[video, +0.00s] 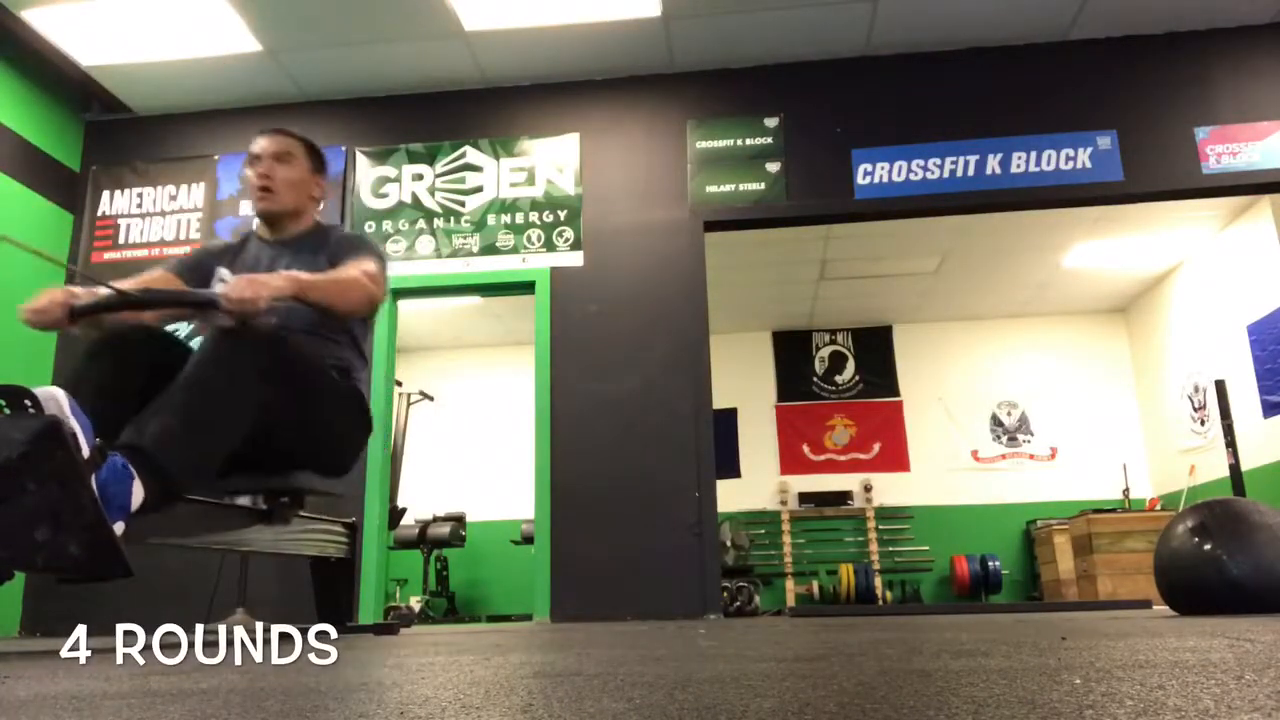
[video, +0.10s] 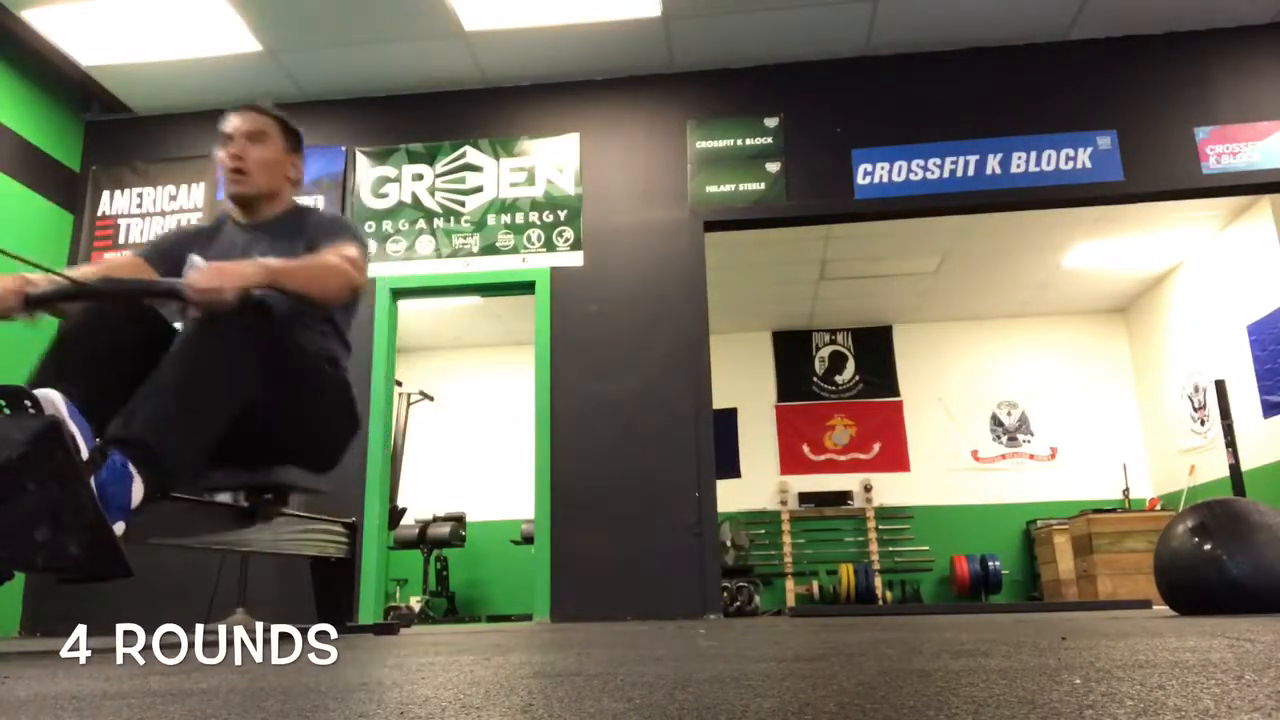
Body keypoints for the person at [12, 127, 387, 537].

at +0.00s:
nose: (261, 172)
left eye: (281, 161)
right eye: (254, 162)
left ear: (318, 188)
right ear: (244, 179)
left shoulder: (346, 246)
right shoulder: (227, 257)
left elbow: (366, 292)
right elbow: (146, 295)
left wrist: (282, 284)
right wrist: (79, 300)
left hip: (325, 420)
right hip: (229, 418)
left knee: (244, 343)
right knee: (129, 341)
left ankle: (124, 486)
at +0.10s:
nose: (234, 151)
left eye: (255, 140)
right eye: (227, 141)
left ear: (294, 168)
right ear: (216, 161)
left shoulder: (323, 229)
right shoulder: (199, 240)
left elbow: (344, 278)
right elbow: (119, 272)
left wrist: (255, 273)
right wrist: (33, 286)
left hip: (304, 421)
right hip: (205, 421)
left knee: (242, 315)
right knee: (111, 309)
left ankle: (122, 478)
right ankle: (31, 452)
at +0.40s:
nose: (130, 86)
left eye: (156, 72)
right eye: (121, 75)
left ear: (205, 100)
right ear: (109, 96)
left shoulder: (247, 166)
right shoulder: (89, 177)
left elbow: (257, 209)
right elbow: (9, 198)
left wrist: (111, 200)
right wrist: (34, 210)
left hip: (244, 397)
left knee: (202, 231)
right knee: (14, 240)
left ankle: (125, 451)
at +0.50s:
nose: (106, 69)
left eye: (133, 55)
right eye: (95, 59)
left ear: (183, 86)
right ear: (85, 84)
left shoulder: (231, 149)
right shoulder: (71, 163)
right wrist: (14, 171)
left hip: (233, 391)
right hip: (106, 379)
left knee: (184, 221)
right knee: (23, 216)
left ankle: (124, 444)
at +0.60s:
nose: (103, 62)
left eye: (131, 49)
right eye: (91, 54)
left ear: (180, 82)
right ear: (82, 80)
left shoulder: (230, 144)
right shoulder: (58, 166)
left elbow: (205, 178)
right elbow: (5, 189)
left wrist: (60, 138)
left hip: (228, 387)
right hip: (102, 378)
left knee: (180, 212)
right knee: (21, 226)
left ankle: (123, 443)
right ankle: (25, 430)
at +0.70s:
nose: (123, 68)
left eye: (150, 54)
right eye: (113, 59)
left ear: (197, 85)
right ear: (99, 85)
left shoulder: (244, 150)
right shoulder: (75, 166)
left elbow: (214, 181)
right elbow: (3, 189)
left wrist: (71, 136)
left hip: (233, 387)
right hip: (110, 378)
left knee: (181, 215)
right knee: (23, 230)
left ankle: (124, 444)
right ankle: (23, 434)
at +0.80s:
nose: (162, 83)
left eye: (187, 71)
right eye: (154, 74)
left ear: (229, 102)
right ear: (141, 99)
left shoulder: (267, 168)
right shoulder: (113, 182)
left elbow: (242, 209)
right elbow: (13, 214)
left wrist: (118, 169)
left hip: (246, 393)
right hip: (128, 385)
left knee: (187, 233)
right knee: (49, 247)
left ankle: (119, 454)